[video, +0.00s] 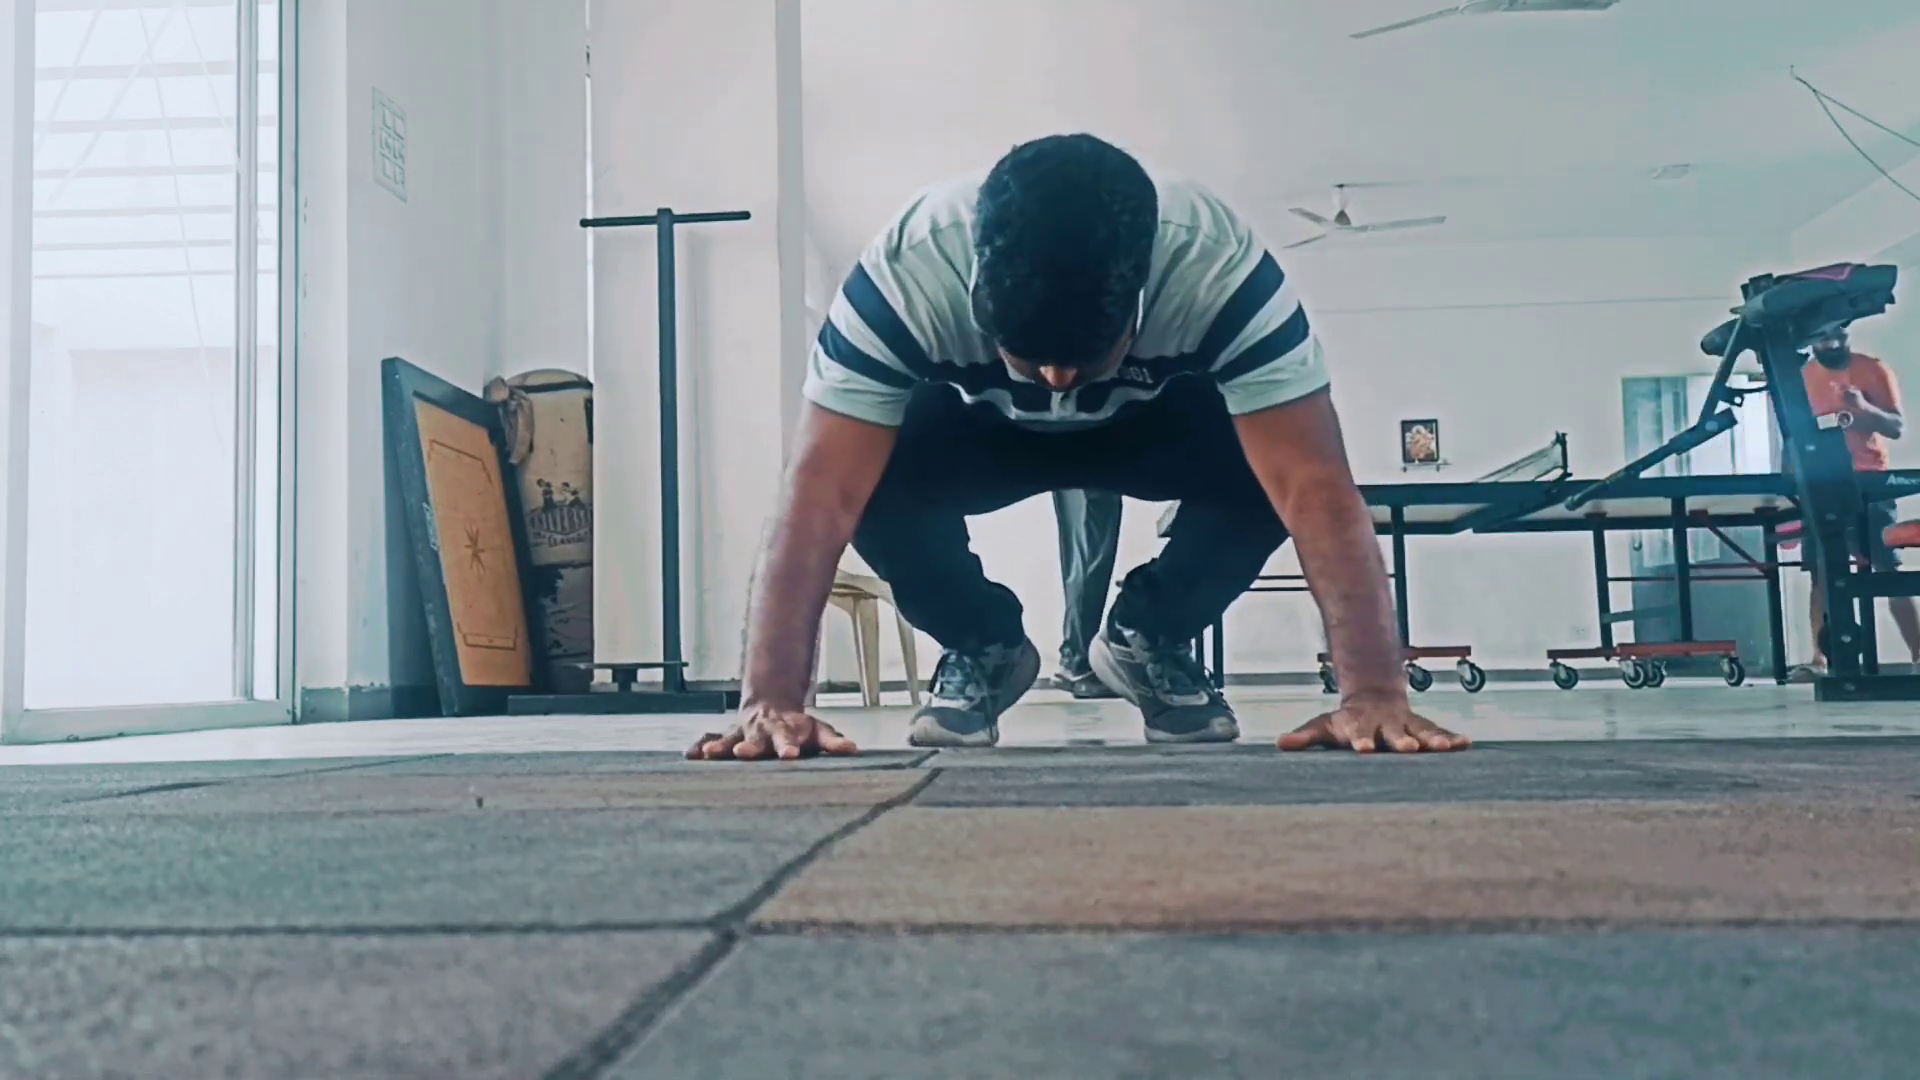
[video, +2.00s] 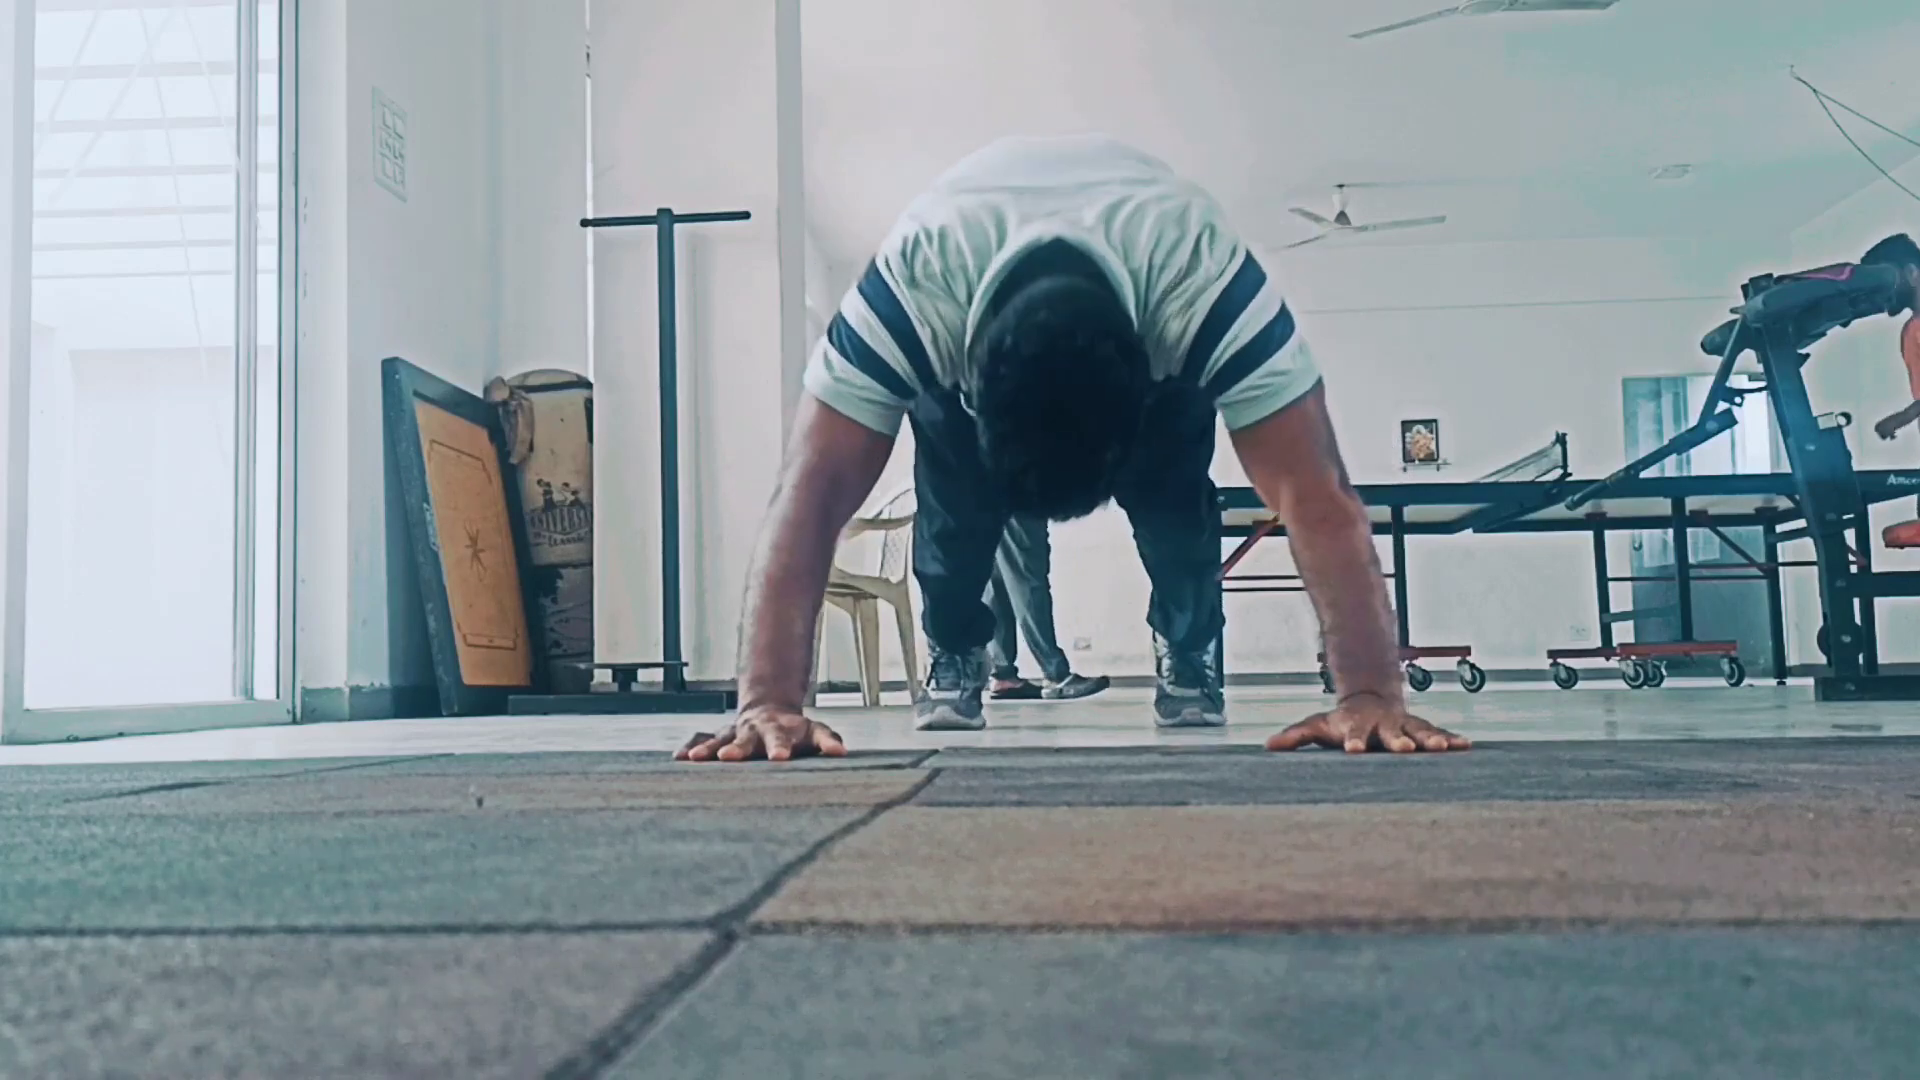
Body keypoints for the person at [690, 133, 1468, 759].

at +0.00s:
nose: (1061, 382)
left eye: (1092, 364)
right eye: (1033, 364)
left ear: (1144, 290)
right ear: (987, 290)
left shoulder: (1227, 274)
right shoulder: (910, 278)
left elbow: (1319, 490)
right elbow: (820, 495)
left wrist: (1375, 693)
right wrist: (776, 701)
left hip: (1148, 417)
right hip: (991, 423)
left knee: (1271, 471)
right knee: (870, 490)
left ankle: (1146, 636)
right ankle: (988, 646)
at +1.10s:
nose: (1060, 373)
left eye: (1086, 352)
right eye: (1025, 352)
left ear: (1144, 268)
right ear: (971, 257)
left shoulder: (1233, 229)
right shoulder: (896, 238)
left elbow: (1334, 460)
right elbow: (804, 469)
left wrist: (1375, 691)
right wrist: (771, 698)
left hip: (1157, 357)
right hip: (974, 363)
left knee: (1264, 477)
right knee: (868, 490)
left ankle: (1161, 629)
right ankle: (985, 642)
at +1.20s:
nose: (1077, 434)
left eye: (1098, 410)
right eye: (1048, 415)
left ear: (1150, 307)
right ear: (978, 293)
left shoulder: (1232, 220)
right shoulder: (898, 228)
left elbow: (1349, 456)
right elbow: (804, 462)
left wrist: (1375, 694)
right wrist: (771, 699)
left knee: (1253, 444)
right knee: (885, 456)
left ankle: (1167, 630)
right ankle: (980, 635)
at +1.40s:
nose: (1064, 448)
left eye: (1082, 429)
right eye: (1036, 427)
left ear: (1146, 319)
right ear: (965, 297)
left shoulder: (1239, 214)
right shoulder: (888, 226)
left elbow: (1360, 451)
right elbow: (789, 455)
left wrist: (1377, 696)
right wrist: (768, 700)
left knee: (1210, 499)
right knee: (930, 508)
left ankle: (1190, 573)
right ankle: (944, 609)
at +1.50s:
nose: (1064, 439)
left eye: (1097, 402)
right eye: (1023, 414)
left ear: (1151, 300)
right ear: (961, 284)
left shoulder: (1249, 216)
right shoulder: (880, 230)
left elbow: (1363, 454)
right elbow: (790, 461)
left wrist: (1379, 693)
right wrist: (766, 700)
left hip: (1169, 339)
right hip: (962, 350)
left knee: (1188, 541)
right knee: (965, 540)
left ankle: (1197, 647)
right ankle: (941, 643)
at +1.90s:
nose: (1060, 474)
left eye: (1086, 453)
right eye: (1039, 455)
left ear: (1145, 354)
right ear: (979, 343)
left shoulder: (1218, 253)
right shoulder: (909, 267)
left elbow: (1336, 474)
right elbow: (805, 476)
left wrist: (1374, 692)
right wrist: (771, 700)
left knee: (1170, 511)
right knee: (958, 525)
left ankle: (1191, 682)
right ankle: (955, 668)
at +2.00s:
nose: (1065, 511)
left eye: (1084, 493)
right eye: (1052, 495)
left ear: (1143, 374)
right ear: (979, 373)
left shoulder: (1207, 276)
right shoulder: (914, 285)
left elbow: (1317, 495)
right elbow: (817, 490)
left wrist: (1371, 692)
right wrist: (772, 699)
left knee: (1169, 492)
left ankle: (1190, 682)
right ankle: (957, 667)